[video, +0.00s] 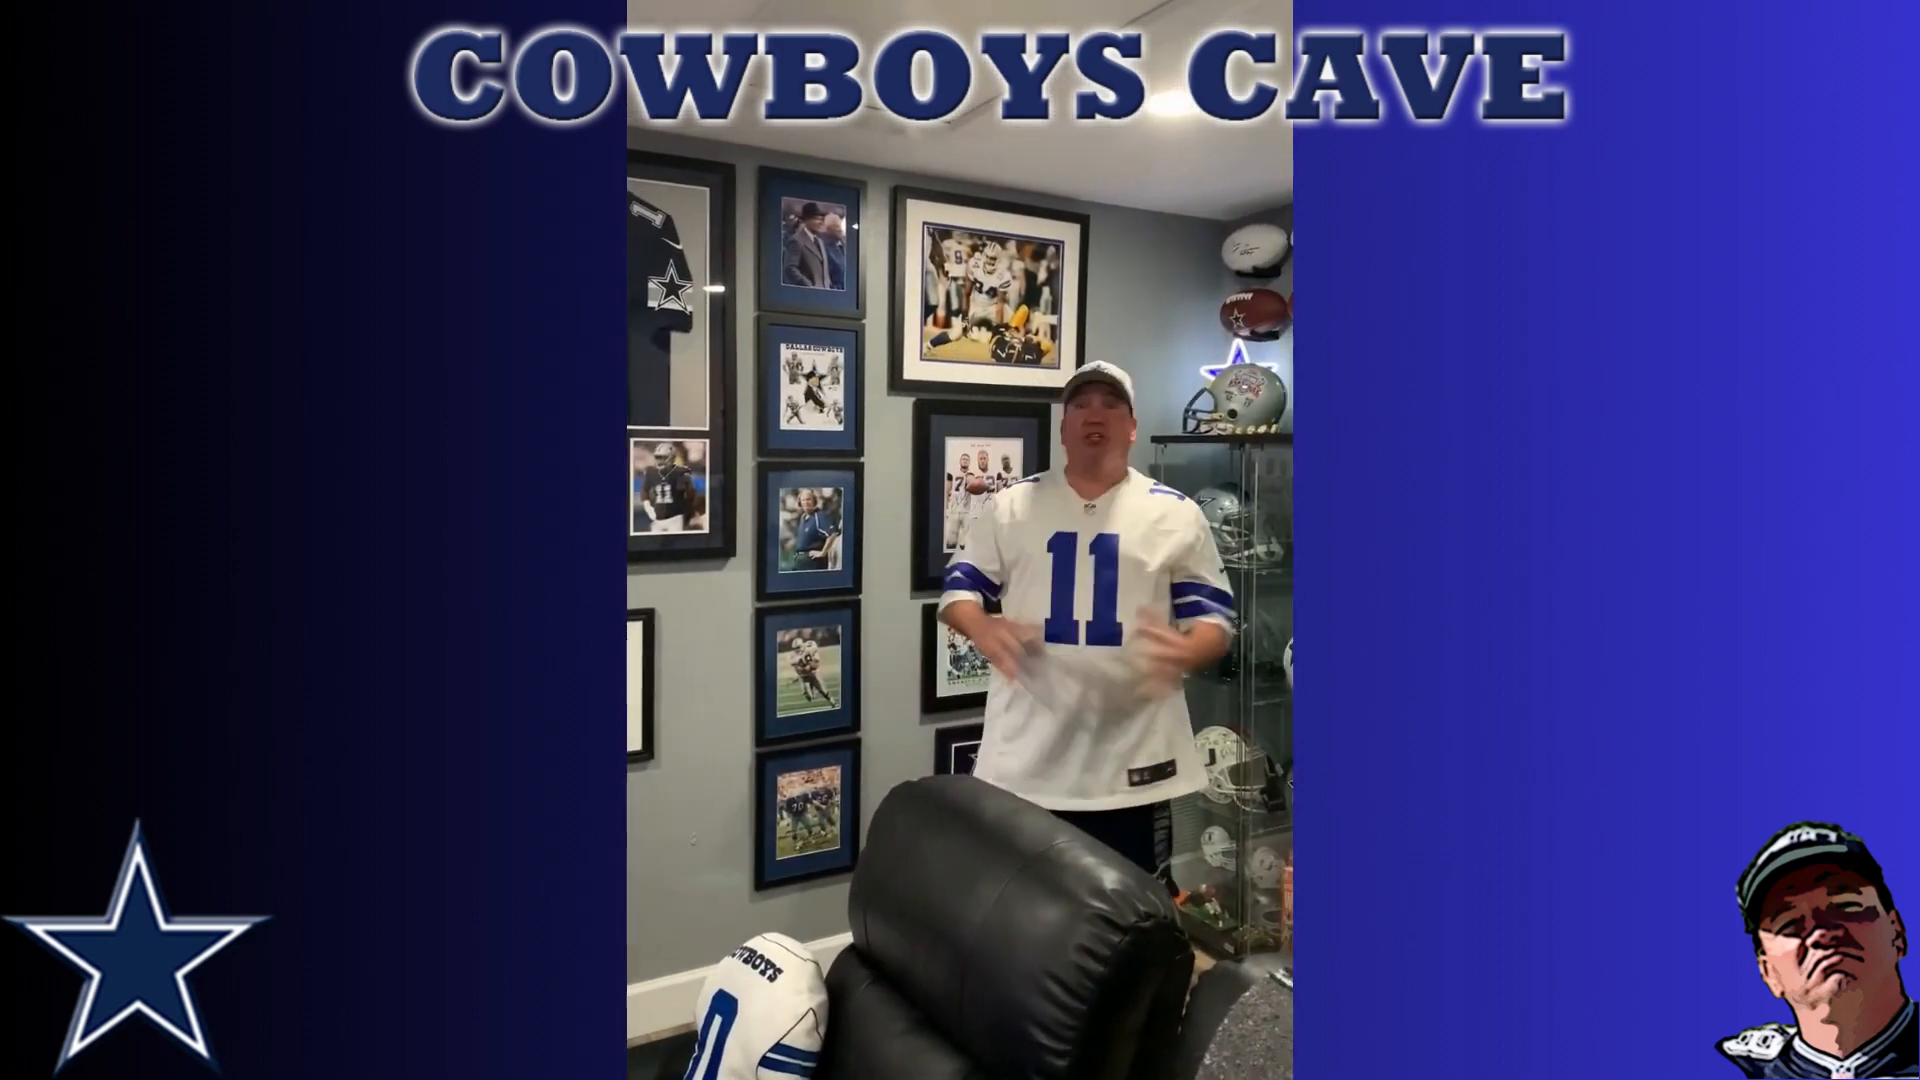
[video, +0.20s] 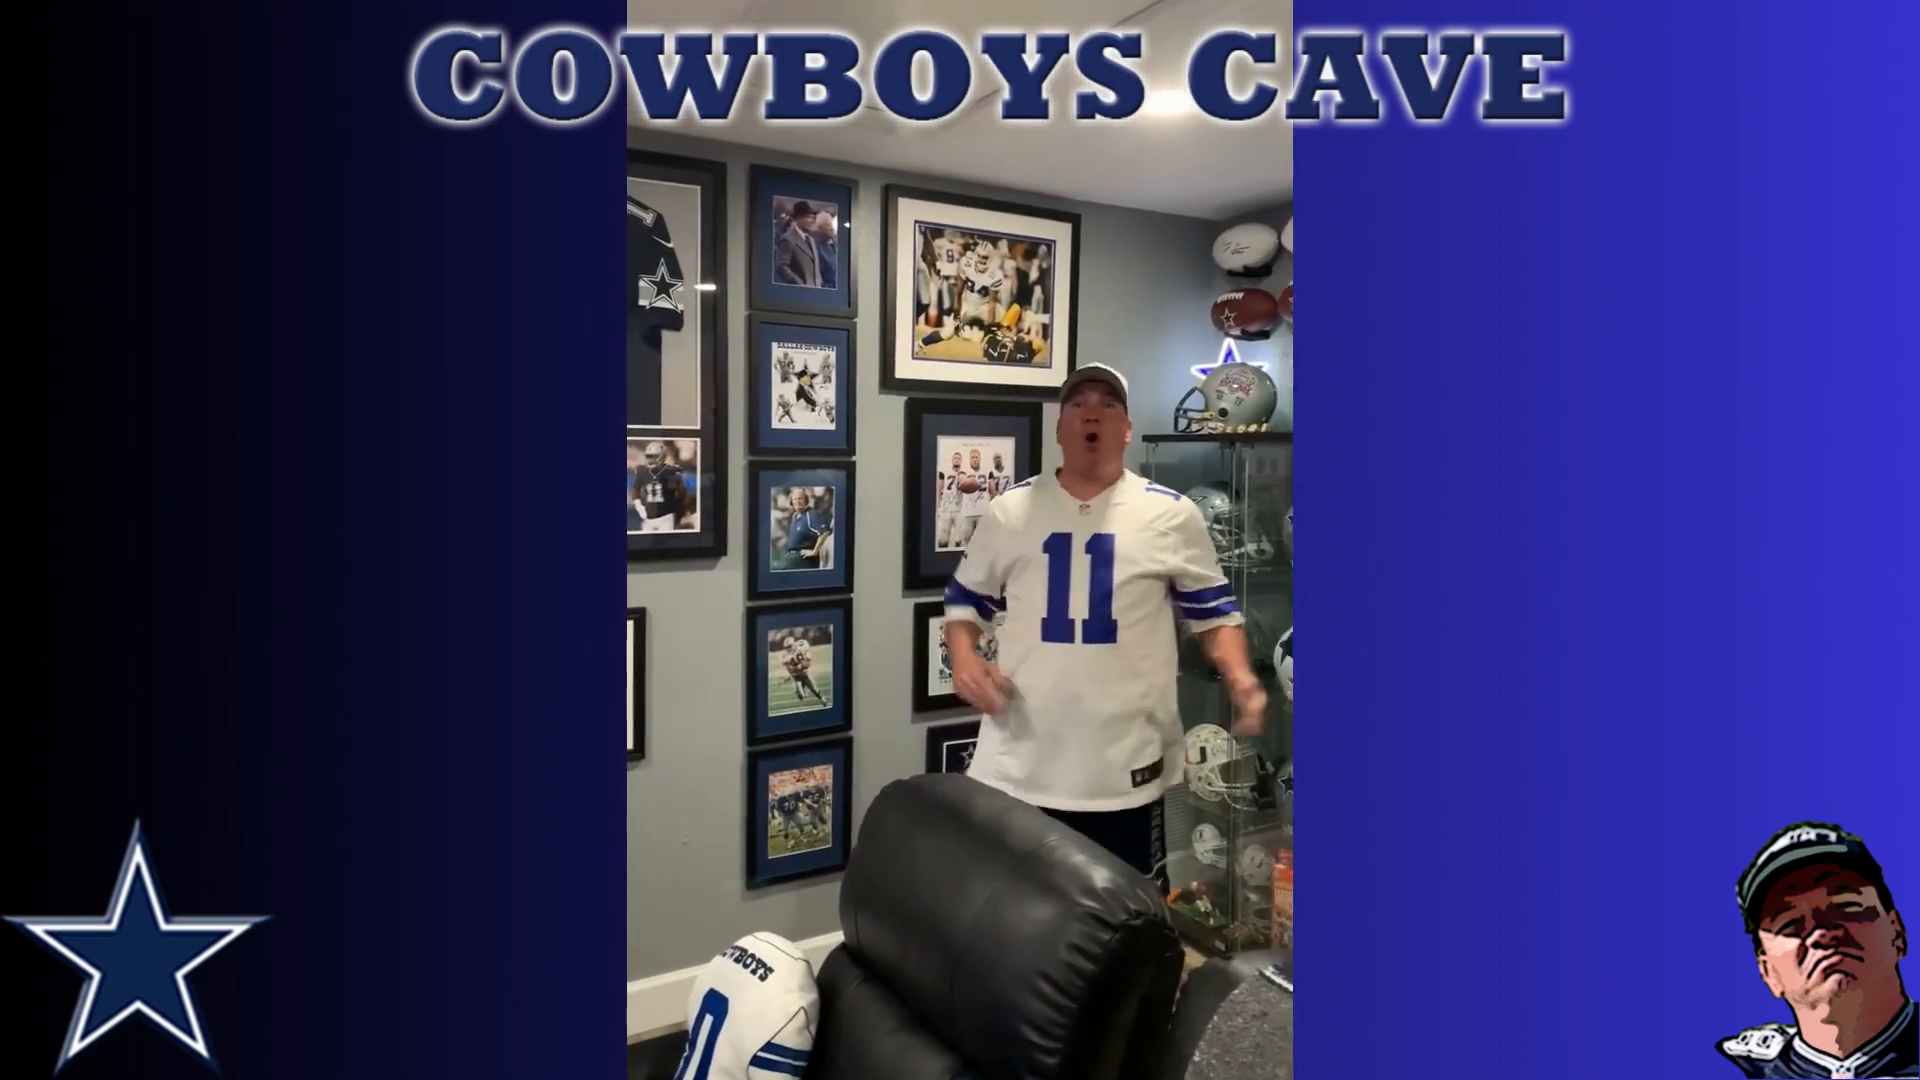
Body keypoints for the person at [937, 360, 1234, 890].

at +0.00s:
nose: (1095, 415)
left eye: (1110, 405)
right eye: (1081, 404)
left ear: (1132, 429)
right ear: (1062, 427)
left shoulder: (1175, 515)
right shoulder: (1007, 509)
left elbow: (1212, 619)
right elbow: (957, 595)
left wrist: (1187, 649)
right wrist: (979, 626)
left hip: (1131, 773)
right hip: (1023, 771)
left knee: (1131, 937)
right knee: (1024, 931)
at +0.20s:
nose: (1092, 413)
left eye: (1107, 405)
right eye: (1078, 405)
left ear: (1127, 431)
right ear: (1058, 430)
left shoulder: (1171, 516)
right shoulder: (1010, 513)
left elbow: (1215, 615)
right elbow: (963, 603)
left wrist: (1239, 673)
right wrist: (963, 659)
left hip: (1123, 785)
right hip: (1014, 782)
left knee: (1125, 950)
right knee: (1013, 943)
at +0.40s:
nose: (1062, 410)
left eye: (1079, 403)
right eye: (1048, 402)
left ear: (1100, 428)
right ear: (1029, 427)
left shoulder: (1146, 512)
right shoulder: (989, 514)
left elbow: (1196, 615)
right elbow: (959, 605)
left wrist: (1189, 673)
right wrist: (939, 659)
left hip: (1107, 785)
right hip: (998, 782)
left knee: (1115, 946)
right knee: (1001, 944)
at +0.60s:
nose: (1013, 417)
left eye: (1029, 406)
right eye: (1001, 407)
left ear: (1053, 431)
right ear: (984, 430)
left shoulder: (1101, 517)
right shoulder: (954, 518)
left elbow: (1155, 625)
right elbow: (935, 607)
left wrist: (1119, 691)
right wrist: (912, 661)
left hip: (1070, 785)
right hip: (965, 780)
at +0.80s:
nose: (954, 427)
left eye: (971, 415)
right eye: (939, 415)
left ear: (999, 438)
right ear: (922, 437)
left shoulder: (1044, 525)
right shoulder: (898, 521)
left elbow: (1095, 644)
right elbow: (883, 620)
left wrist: (1039, 709)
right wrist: (859, 677)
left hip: (1006, 792)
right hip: (898, 785)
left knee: (1003, 944)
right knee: (883, 940)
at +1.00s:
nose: (915, 411)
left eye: (931, 398)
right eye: (899, 397)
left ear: (953, 418)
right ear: (877, 417)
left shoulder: (1001, 509)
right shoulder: (851, 508)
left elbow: (1052, 621)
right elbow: (827, 605)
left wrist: (1004, 685)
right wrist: (797, 659)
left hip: (965, 784)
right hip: (867, 778)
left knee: (965, 942)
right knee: (864, 937)